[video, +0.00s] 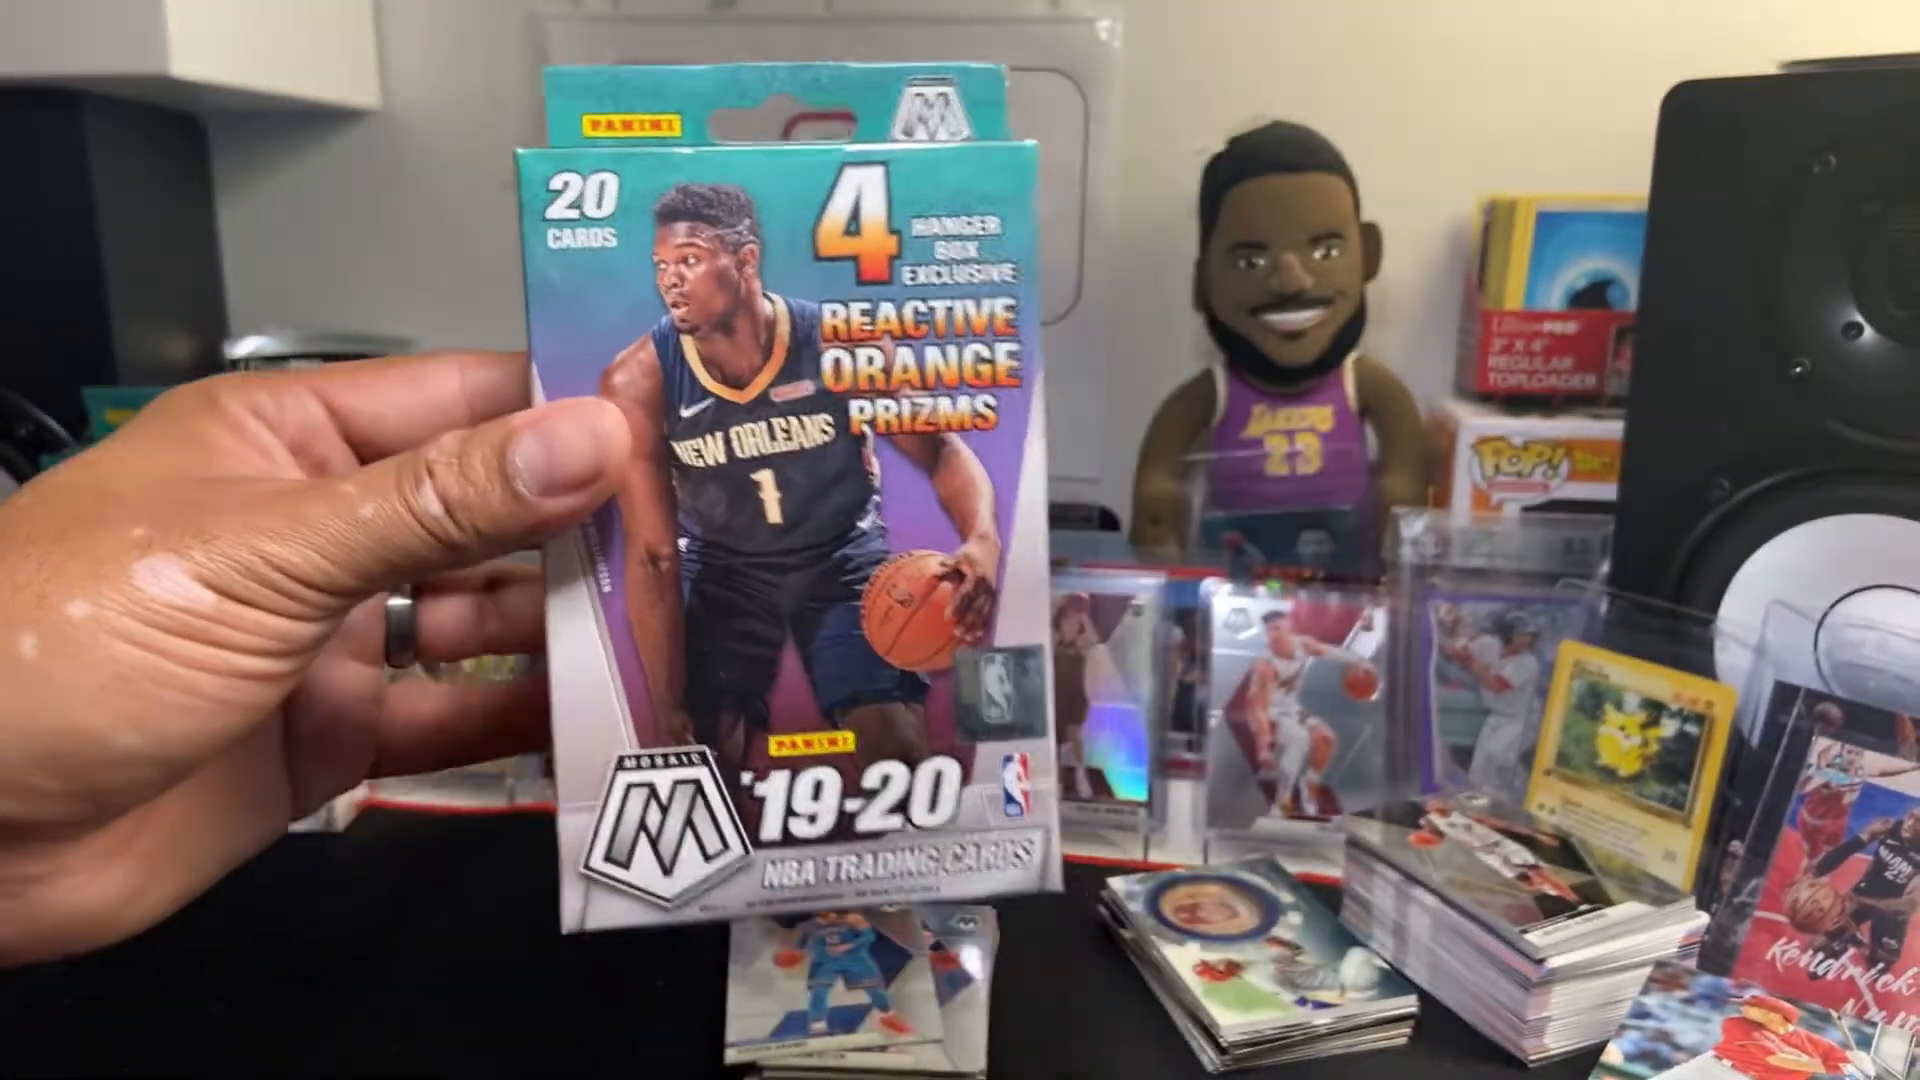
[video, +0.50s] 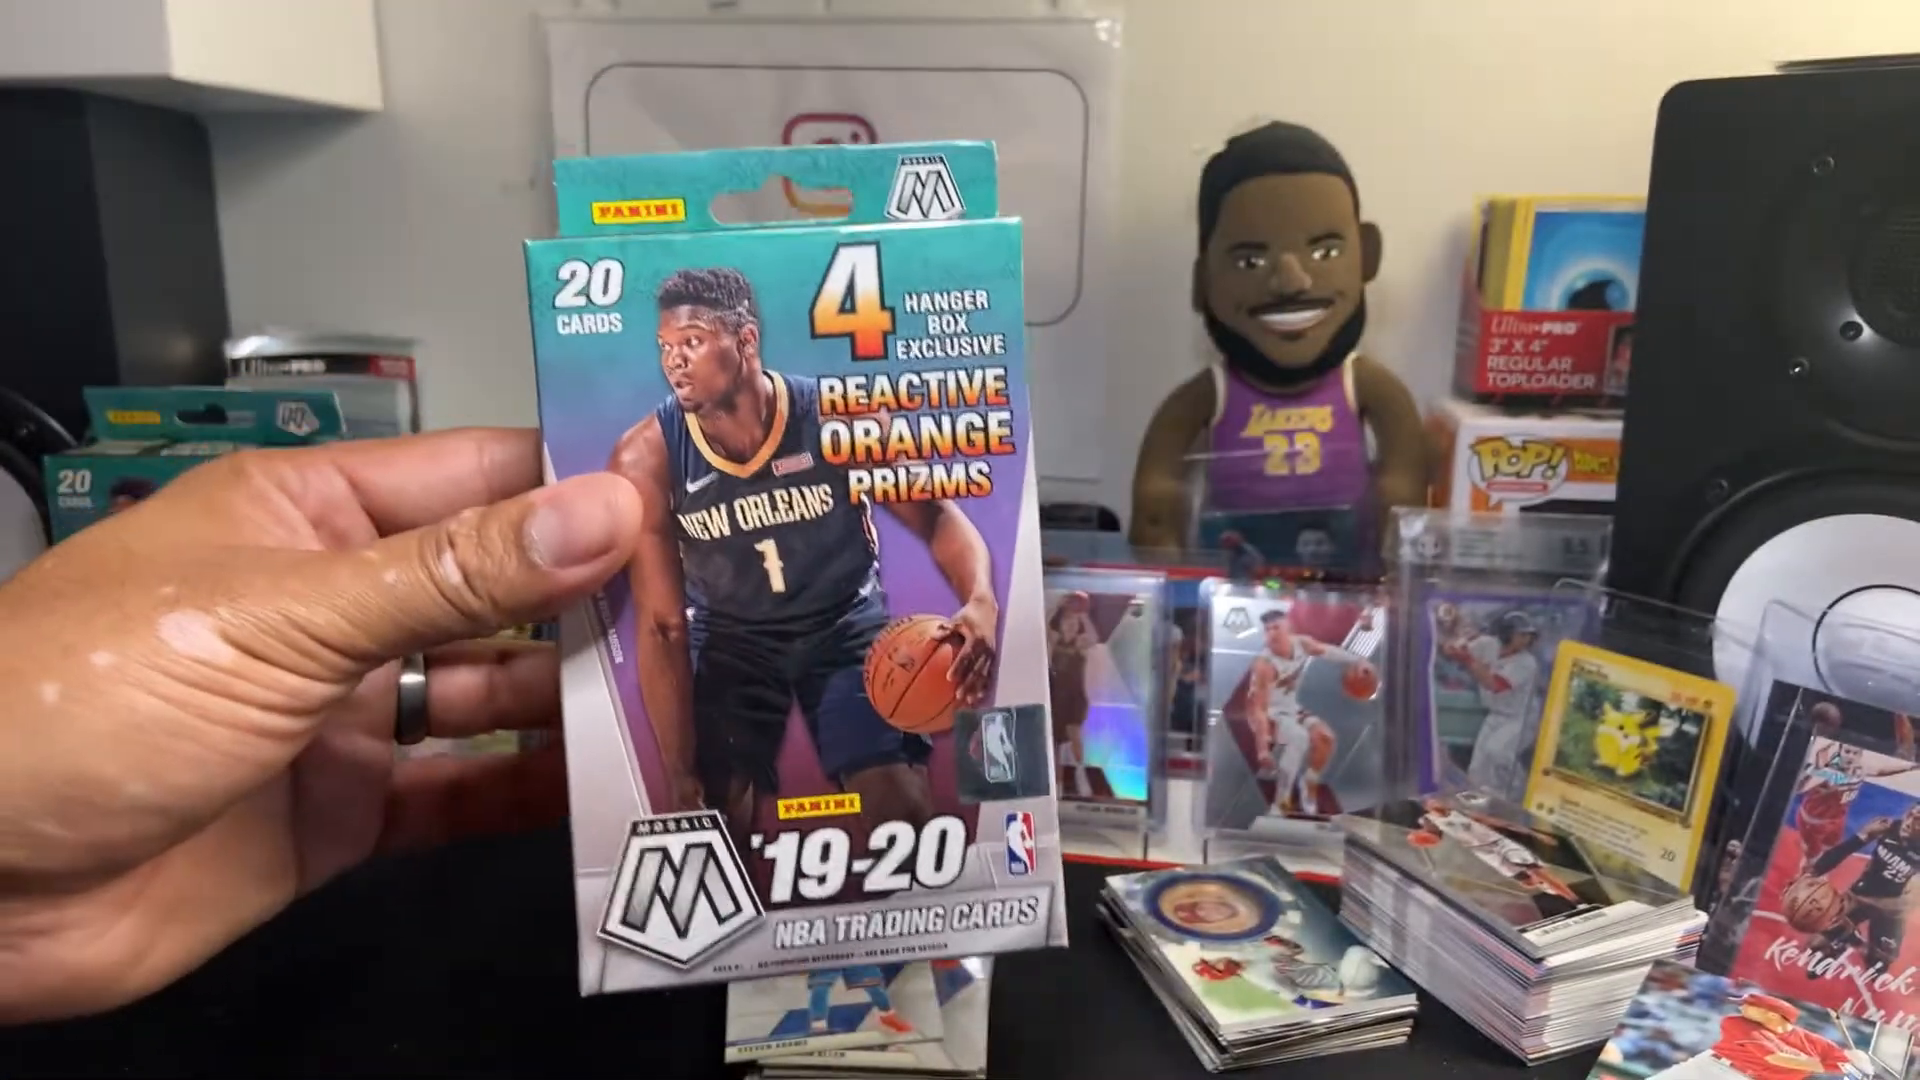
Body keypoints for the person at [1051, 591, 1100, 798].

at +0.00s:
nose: (1075, 616)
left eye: (1079, 612)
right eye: (1072, 611)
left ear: (1083, 614)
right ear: (1065, 610)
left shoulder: (1082, 630)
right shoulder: (1054, 628)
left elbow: (1093, 639)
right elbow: (1046, 649)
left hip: (1075, 692)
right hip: (1053, 692)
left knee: (1075, 734)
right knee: (1054, 740)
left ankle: (1080, 775)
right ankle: (1055, 779)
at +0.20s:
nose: (1075, 615)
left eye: (1079, 611)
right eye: (1073, 610)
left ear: (1083, 613)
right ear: (1065, 609)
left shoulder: (1083, 632)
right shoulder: (1053, 630)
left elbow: (1093, 638)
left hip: (1075, 693)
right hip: (1053, 693)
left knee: (1074, 735)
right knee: (1054, 742)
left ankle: (1081, 776)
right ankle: (1056, 781)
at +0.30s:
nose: (1074, 614)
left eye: (1079, 609)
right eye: (1071, 608)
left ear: (1084, 612)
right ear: (1063, 609)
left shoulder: (1082, 637)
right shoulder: (1052, 633)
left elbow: (1093, 638)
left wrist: (1084, 616)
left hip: (1074, 692)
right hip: (1052, 692)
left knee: (1074, 733)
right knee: (1053, 742)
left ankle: (1081, 774)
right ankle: (1056, 783)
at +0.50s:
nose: (1073, 614)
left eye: (1078, 608)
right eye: (1070, 608)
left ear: (1084, 612)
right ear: (1063, 609)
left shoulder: (1081, 639)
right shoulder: (1053, 635)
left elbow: (1094, 638)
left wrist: (1084, 616)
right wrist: (1057, 609)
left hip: (1075, 691)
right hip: (1054, 692)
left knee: (1074, 731)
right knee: (1055, 740)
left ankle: (1081, 773)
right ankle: (1057, 781)